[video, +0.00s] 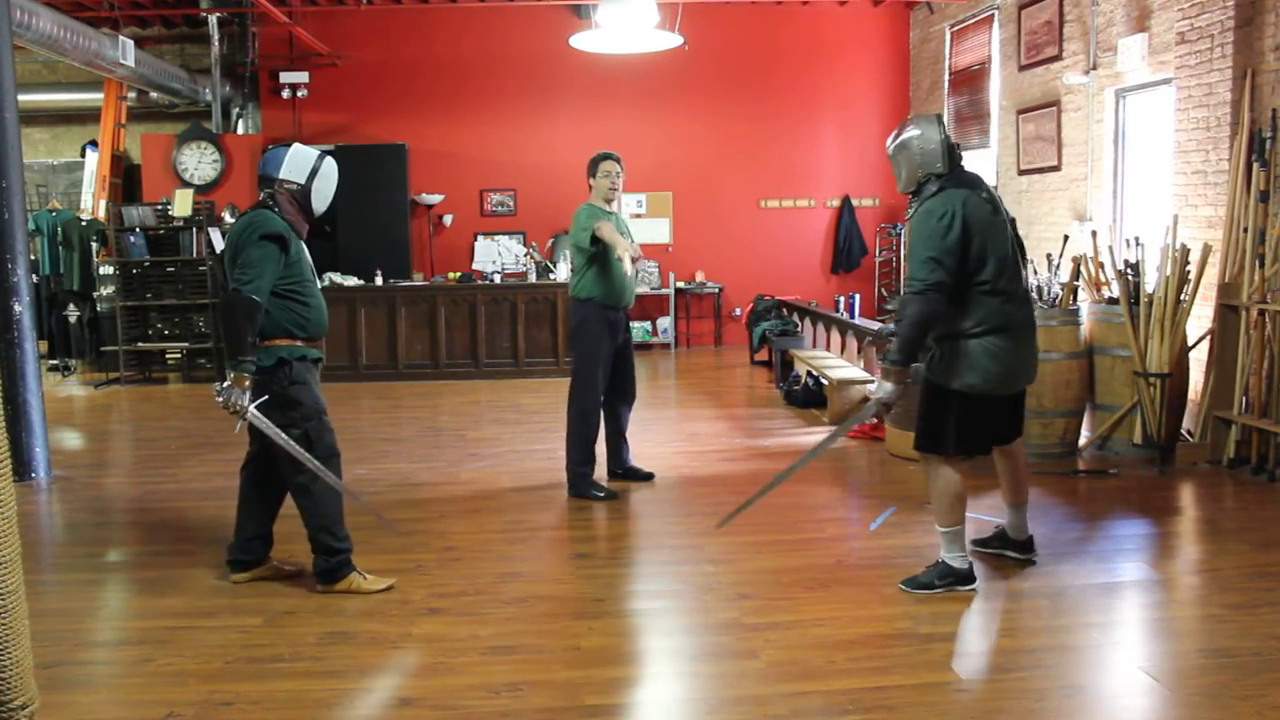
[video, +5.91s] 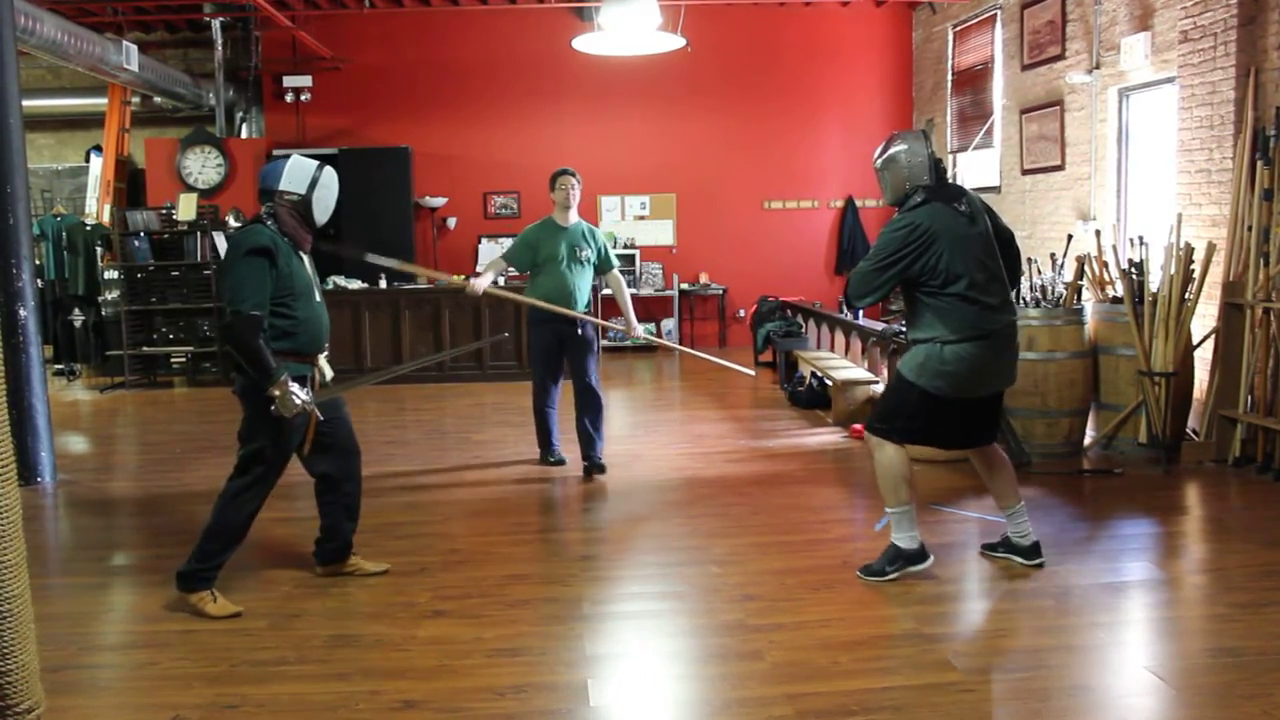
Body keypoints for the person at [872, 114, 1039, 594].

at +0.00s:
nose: (894, 172)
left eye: (897, 160)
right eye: (894, 161)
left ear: (917, 158)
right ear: (941, 154)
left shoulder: (938, 208)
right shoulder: (982, 199)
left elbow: (927, 294)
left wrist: (895, 367)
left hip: (969, 352)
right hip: (1010, 348)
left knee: (940, 453)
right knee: (1006, 440)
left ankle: (954, 563)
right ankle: (1018, 535)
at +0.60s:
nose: (940, 170)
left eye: (945, 159)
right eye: (940, 160)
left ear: (968, 157)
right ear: (982, 156)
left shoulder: (978, 209)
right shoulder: (1019, 196)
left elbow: (945, 289)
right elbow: (1042, 265)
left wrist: (909, 295)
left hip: (996, 345)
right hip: (1035, 341)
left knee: (940, 437)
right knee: (1024, 439)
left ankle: (950, 552)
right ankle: (1053, 541)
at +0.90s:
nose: (911, 177)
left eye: (914, 167)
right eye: (911, 168)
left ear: (933, 169)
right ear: (962, 165)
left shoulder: (937, 222)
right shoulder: (1004, 201)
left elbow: (884, 287)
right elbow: (1040, 262)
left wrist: (906, 241)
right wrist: (1007, 295)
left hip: (970, 351)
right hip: (1022, 346)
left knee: (909, 435)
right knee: (1019, 440)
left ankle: (907, 551)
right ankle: (1052, 540)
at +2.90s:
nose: (874, 192)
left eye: (876, 182)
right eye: (873, 183)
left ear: (892, 180)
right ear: (923, 172)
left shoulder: (904, 228)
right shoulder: (967, 204)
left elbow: (850, 298)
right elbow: (1009, 251)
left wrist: (886, 273)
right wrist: (995, 296)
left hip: (952, 352)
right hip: (1005, 344)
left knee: (892, 436)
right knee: (1012, 438)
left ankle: (910, 553)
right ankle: (1052, 538)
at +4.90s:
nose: (881, 193)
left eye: (883, 182)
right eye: (881, 183)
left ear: (901, 179)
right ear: (928, 172)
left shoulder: (911, 228)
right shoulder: (976, 207)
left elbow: (859, 297)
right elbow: (1017, 262)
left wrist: (890, 275)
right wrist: (990, 300)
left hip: (954, 355)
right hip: (1009, 349)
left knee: (898, 440)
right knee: (1015, 441)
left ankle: (912, 556)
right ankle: (1054, 540)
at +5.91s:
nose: (880, 184)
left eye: (883, 173)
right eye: (880, 174)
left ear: (899, 173)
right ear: (928, 167)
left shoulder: (911, 222)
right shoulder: (972, 204)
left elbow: (858, 291)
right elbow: (1010, 251)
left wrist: (895, 267)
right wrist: (994, 299)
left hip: (945, 353)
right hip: (997, 348)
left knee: (883, 433)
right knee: (980, 439)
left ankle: (907, 544)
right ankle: (1022, 538)